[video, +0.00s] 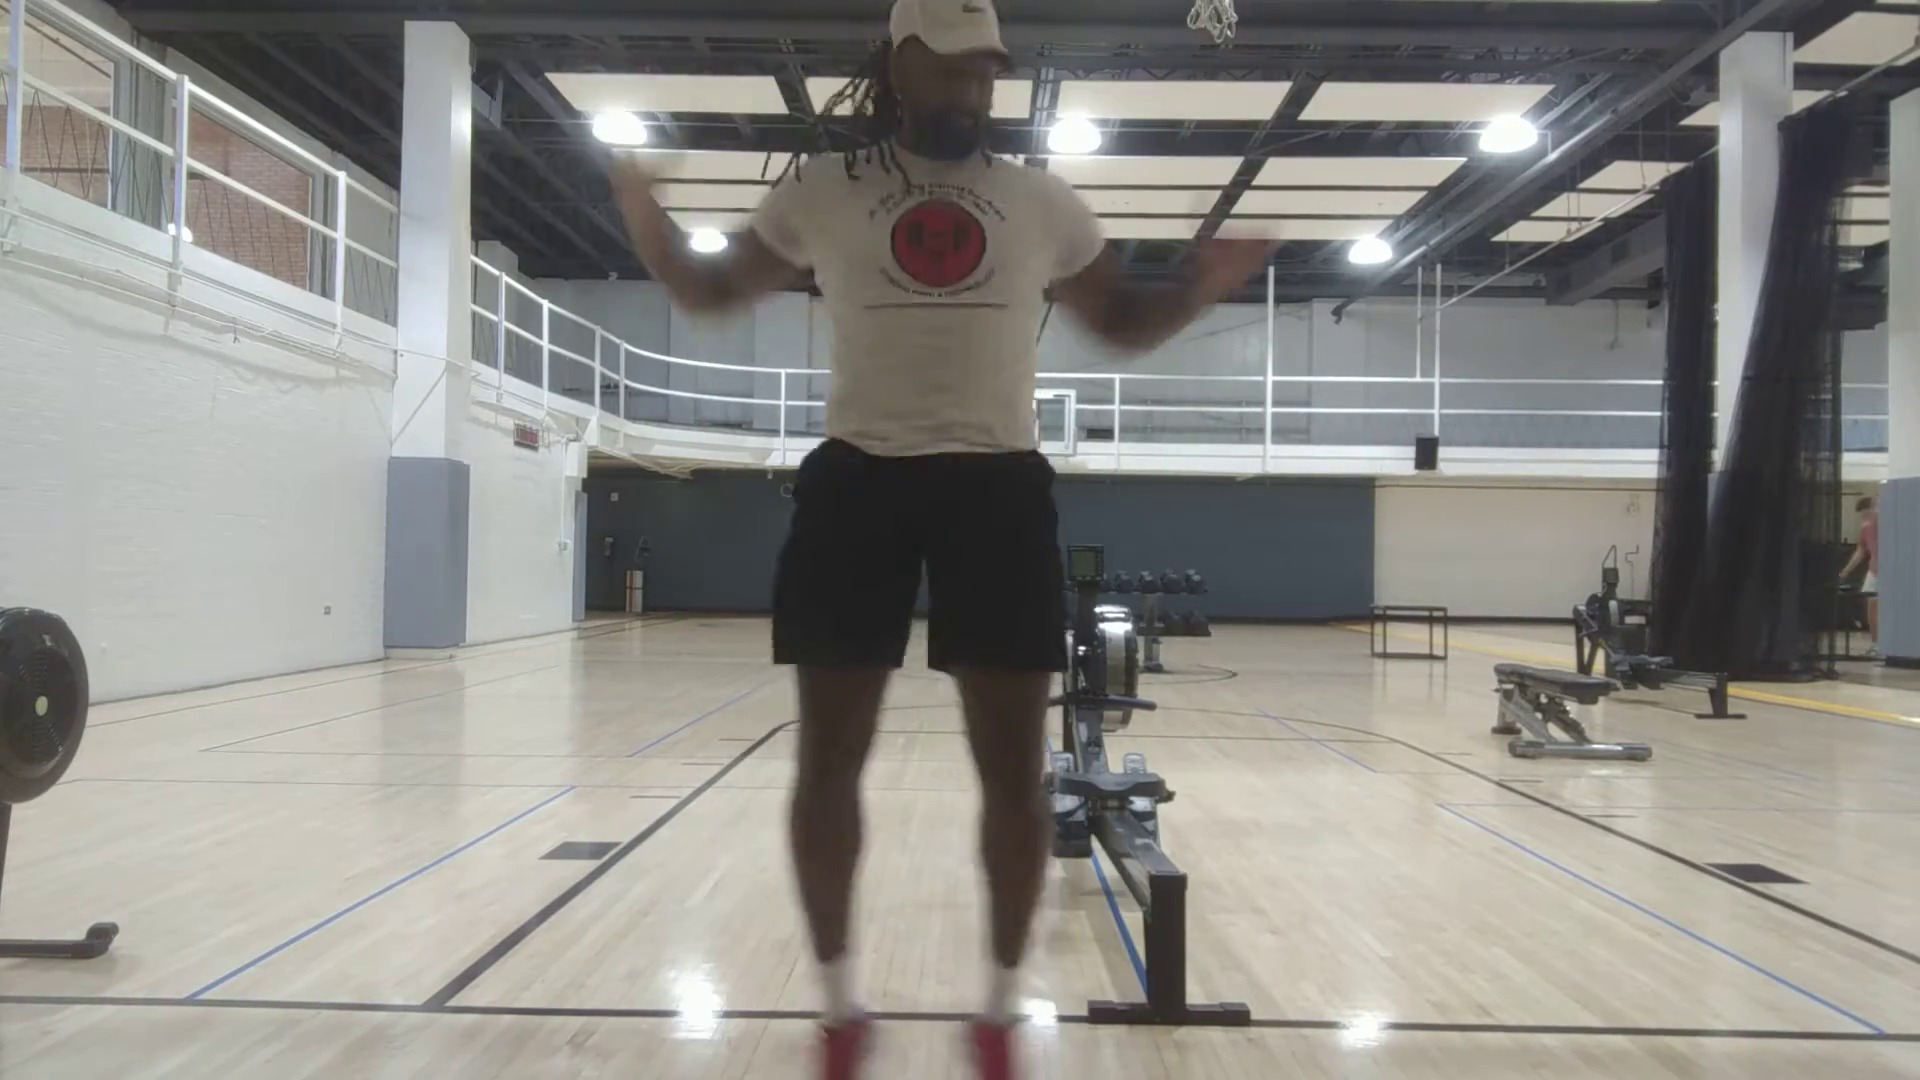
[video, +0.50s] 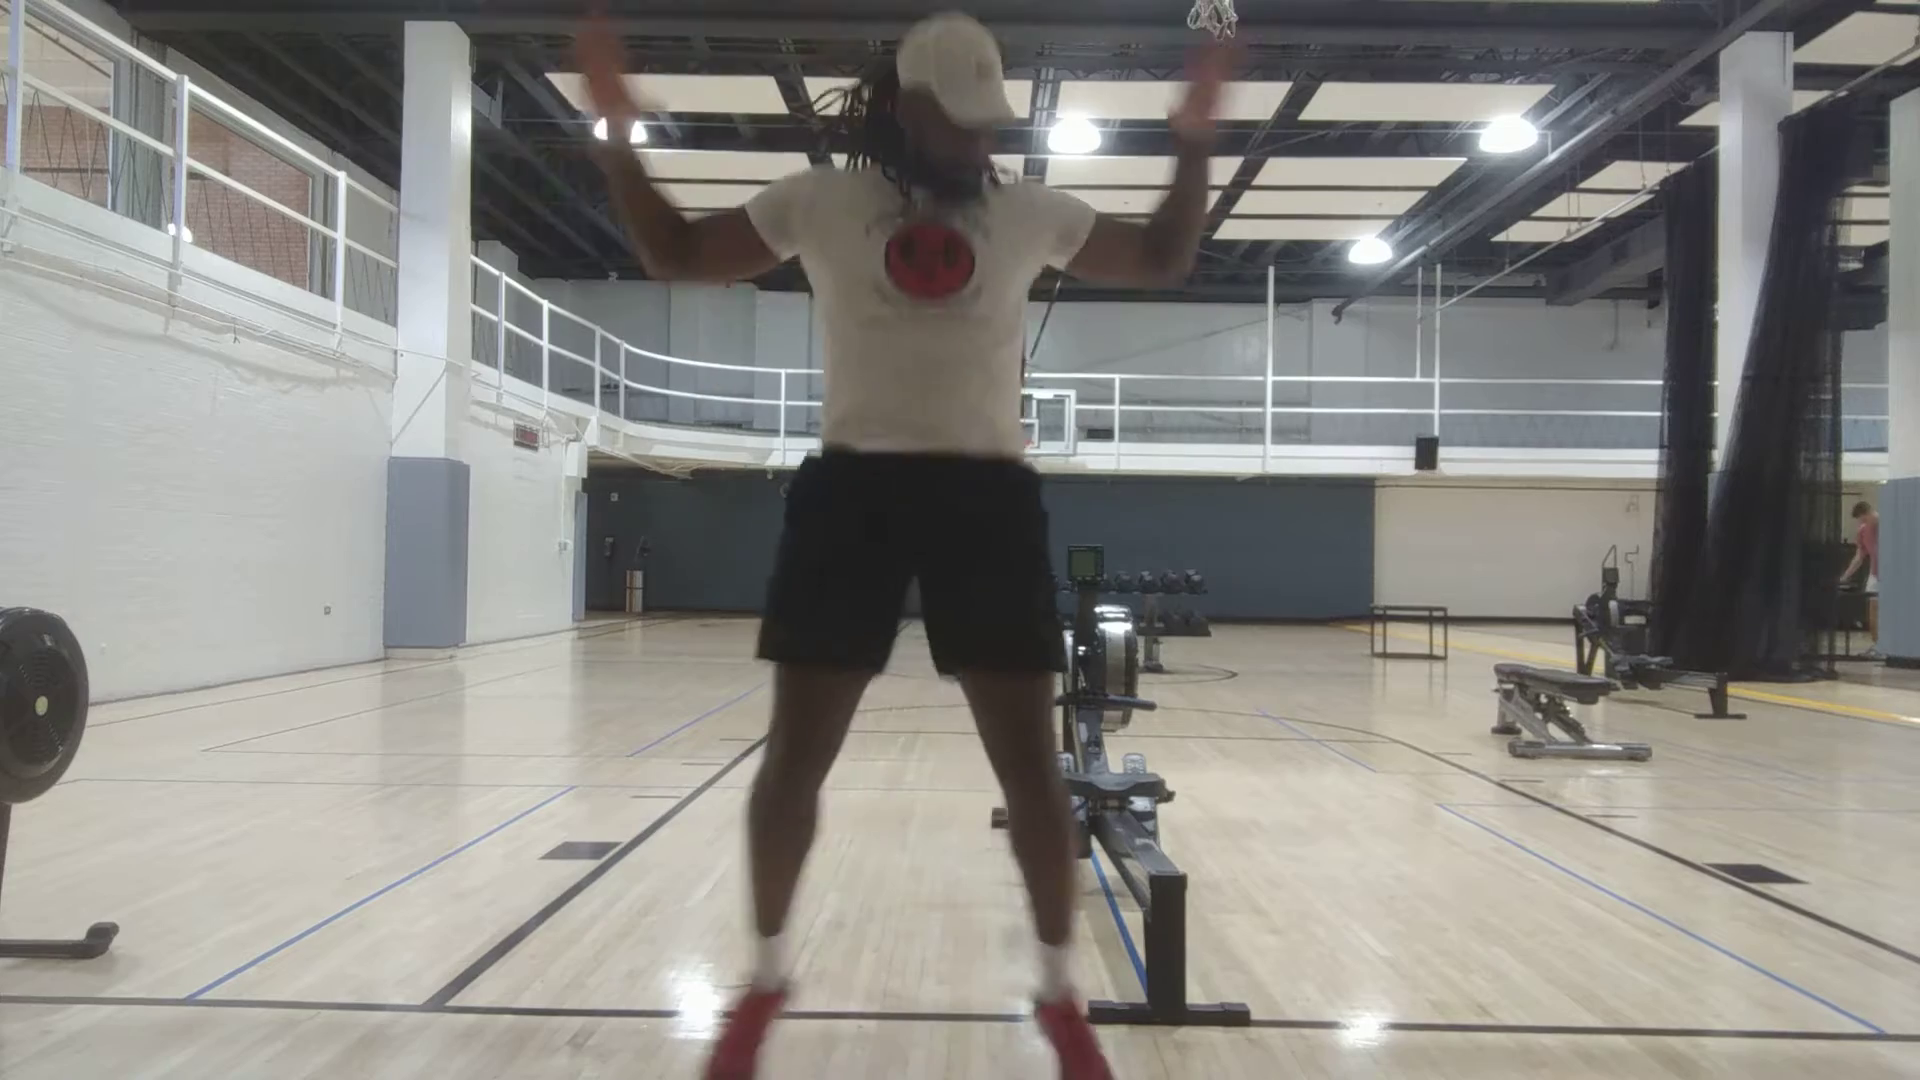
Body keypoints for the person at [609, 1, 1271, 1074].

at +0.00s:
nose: (971, 91)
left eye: (984, 71)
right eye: (950, 70)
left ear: (997, 76)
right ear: (896, 70)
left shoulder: (1039, 195)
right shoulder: (825, 188)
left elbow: (1122, 321)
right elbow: (712, 292)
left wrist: (1200, 281)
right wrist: (646, 214)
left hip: (999, 495)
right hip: (856, 492)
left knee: (1016, 768)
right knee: (831, 759)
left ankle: (1000, 1004)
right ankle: (840, 1003)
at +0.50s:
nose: (982, 146)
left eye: (991, 125)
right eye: (961, 125)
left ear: (997, 113)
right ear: (899, 109)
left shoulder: (1028, 213)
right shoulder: (824, 198)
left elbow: (1166, 255)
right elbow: (671, 250)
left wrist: (1195, 139)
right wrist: (613, 125)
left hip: (990, 499)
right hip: (852, 494)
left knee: (1031, 761)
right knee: (796, 754)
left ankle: (1061, 993)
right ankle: (765, 974)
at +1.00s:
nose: (988, 126)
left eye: (998, 106)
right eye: (968, 108)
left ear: (1007, 101)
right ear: (913, 98)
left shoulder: (1038, 215)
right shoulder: (838, 205)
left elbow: (1096, 346)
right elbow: (743, 325)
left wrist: (1171, 329)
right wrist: (697, 290)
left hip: (993, 499)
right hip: (861, 494)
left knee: (993, 753)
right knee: (845, 743)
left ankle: (970, 986)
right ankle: (862, 976)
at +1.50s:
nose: (961, 123)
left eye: (977, 104)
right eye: (942, 104)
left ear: (1004, 105)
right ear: (907, 103)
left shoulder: (1055, 200)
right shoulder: (851, 195)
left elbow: (1190, 252)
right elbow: (703, 235)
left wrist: (1214, 124)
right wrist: (656, 112)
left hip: (1011, 493)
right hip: (875, 485)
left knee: (1057, 747)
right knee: (802, 733)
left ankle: (1104, 989)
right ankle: (739, 977)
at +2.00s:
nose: (937, 89)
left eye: (954, 71)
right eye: (919, 71)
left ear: (980, 87)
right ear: (886, 87)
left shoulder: (1035, 211)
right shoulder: (833, 215)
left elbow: (1092, 348)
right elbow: (761, 340)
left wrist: (1162, 332)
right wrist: (724, 325)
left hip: (997, 501)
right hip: (866, 498)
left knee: (993, 766)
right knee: (849, 760)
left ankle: (967, 1001)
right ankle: (868, 997)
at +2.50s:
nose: (922, 87)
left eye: (940, 69)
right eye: (903, 69)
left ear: (972, 90)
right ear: (874, 92)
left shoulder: (1030, 206)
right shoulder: (821, 202)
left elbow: (1173, 253)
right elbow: (672, 244)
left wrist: (1189, 116)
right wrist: (622, 111)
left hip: (993, 497)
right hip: (851, 493)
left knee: (1056, 759)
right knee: (768, 758)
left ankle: (1118, 997)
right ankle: (700, 1002)